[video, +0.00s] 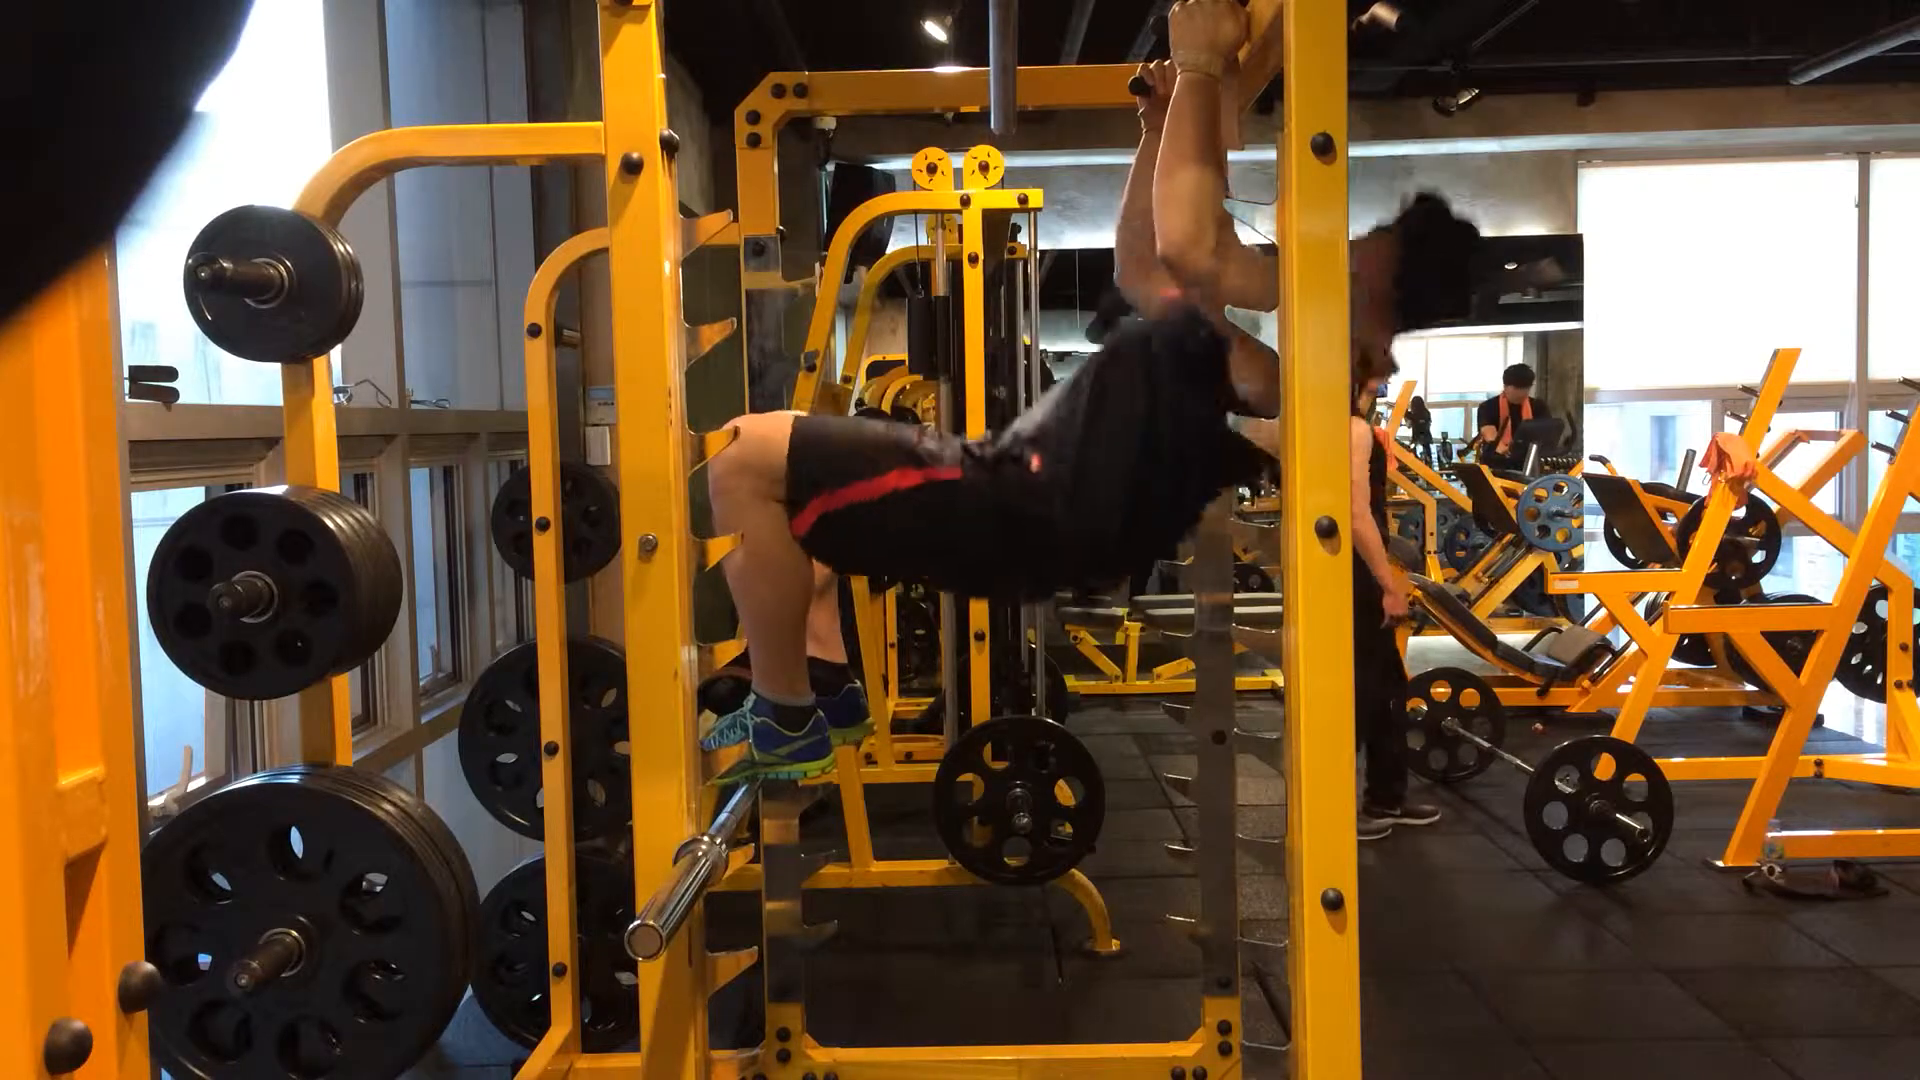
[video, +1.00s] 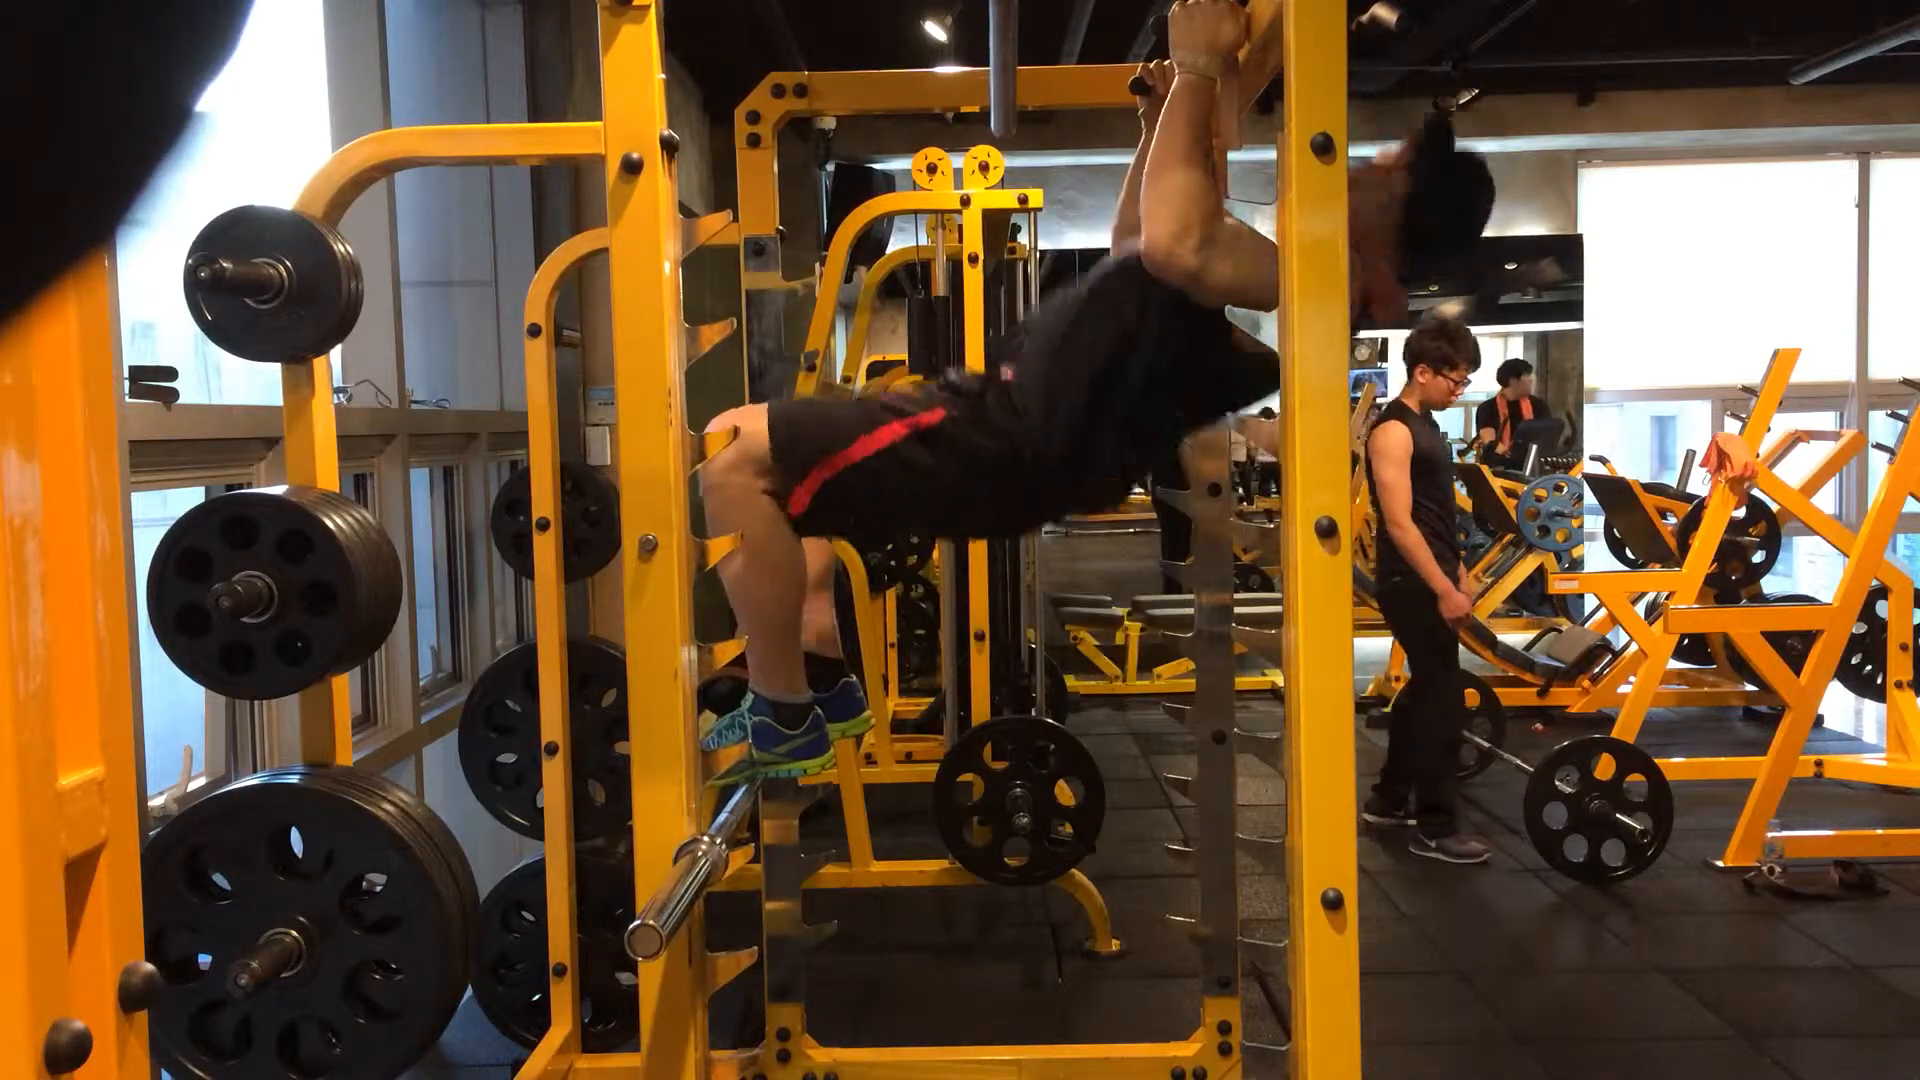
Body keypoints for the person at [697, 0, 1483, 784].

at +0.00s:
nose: (1355, 239)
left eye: (1376, 236)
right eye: (1372, 230)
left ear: (1394, 268)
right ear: (1412, 296)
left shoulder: (1346, 335)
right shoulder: (1305, 355)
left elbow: (1197, 254)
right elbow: (1142, 274)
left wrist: (1204, 71)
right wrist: (1151, 131)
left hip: (1028, 512)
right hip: (1022, 483)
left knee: (745, 465)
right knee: (767, 436)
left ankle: (783, 713)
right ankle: (820, 669)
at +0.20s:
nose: (1335, 304)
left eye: (1352, 298)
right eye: (1351, 294)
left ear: (1361, 329)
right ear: (1368, 342)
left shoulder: (1299, 412)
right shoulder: (1267, 391)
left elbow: (1202, 268)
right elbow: (1164, 301)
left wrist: (1205, 75)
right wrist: (1157, 132)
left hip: (1000, 574)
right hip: (998, 540)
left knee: (744, 466)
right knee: (774, 446)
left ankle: (784, 715)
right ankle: (822, 670)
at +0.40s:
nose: (1339, 288)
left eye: (1358, 283)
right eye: (1353, 280)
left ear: (1368, 315)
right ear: (1366, 325)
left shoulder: (1297, 407)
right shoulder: (1259, 384)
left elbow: (1194, 269)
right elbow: (1148, 288)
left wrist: (1207, 71)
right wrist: (1155, 134)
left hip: (981, 540)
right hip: (976, 500)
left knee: (723, 488)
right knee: (739, 442)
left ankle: (778, 716)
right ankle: (821, 672)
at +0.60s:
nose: (1362, 180)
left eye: (1380, 185)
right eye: (1377, 177)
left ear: (1382, 217)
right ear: (1411, 262)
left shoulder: (1301, 281)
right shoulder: (1311, 278)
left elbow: (1164, 240)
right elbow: (1188, 213)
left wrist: (1199, 64)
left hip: (1018, 431)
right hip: (1013, 395)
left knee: (725, 483)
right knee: (729, 436)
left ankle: (776, 714)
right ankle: (819, 668)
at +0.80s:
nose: (1360, 105)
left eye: (1374, 101)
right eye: (1372, 101)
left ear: (1380, 115)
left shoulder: (1318, 242)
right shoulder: (1295, 180)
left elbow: (1167, 237)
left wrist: (1204, 66)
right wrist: (1211, 86)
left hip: (1025, 378)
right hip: (1007, 343)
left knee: (737, 451)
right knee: (770, 440)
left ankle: (781, 716)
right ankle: (822, 671)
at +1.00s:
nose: (1362, 164)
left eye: (1383, 169)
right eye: (1377, 157)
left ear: (1395, 225)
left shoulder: (1325, 283)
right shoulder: (1316, 274)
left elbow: (1181, 247)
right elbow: (1146, 236)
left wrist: (1205, 68)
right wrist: (1188, 92)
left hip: (1009, 445)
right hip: (1015, 418)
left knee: (735, 463)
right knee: (759, 428)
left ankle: (782, 713)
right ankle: (821, 663)